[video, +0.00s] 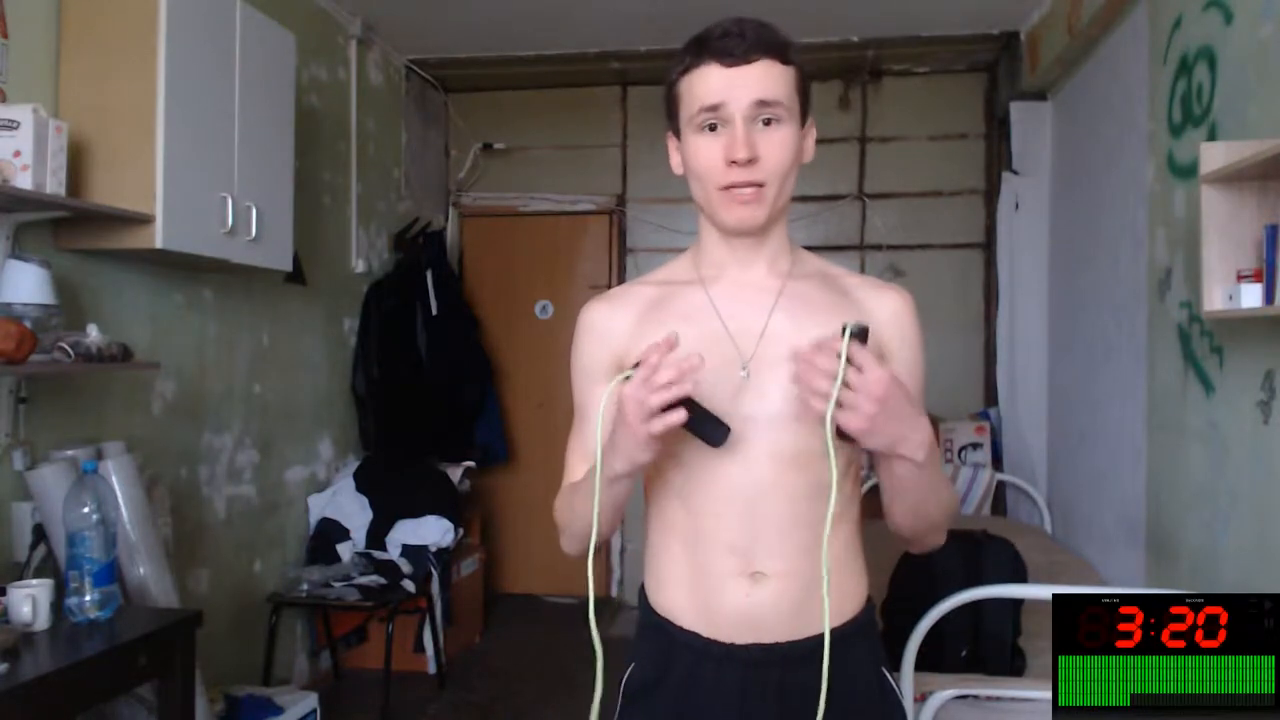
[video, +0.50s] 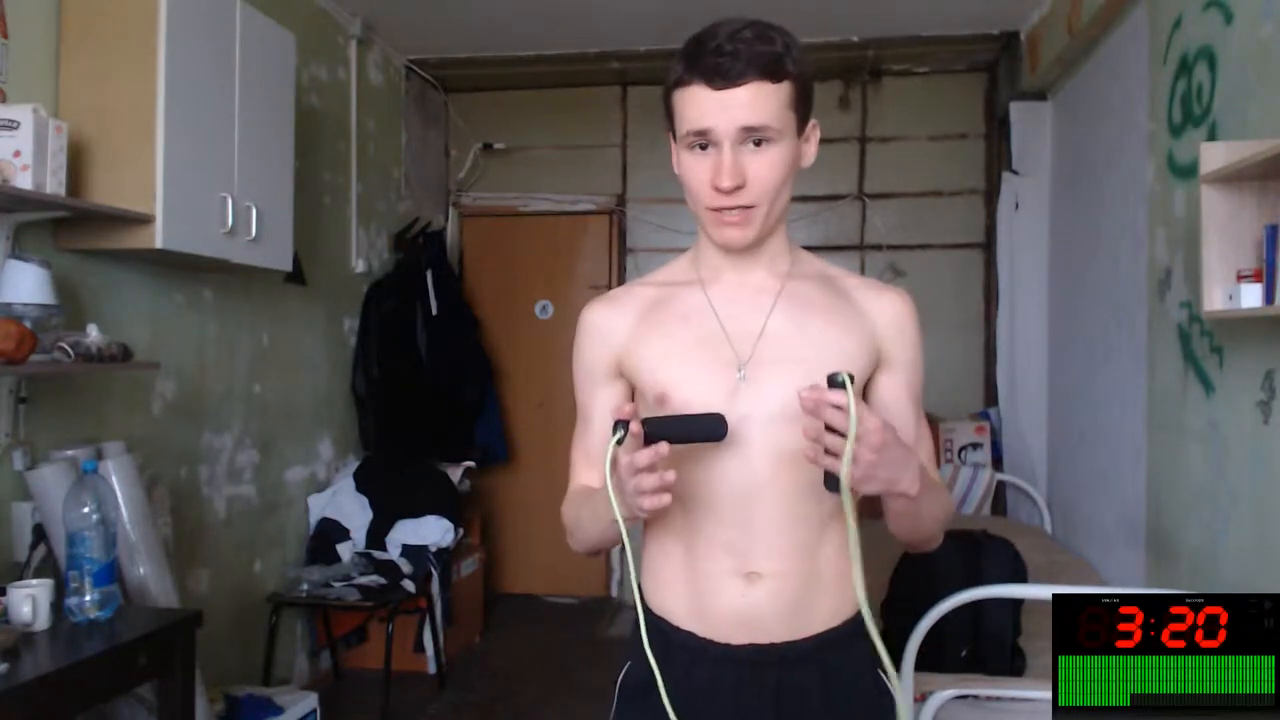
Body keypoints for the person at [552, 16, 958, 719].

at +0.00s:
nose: (740, 150)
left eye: (767, 120)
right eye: (712, 125)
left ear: (806, 143)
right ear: (676, 154)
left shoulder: (879, 312)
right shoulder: (614, 321)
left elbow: (923, 532)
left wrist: (910, 444)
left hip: (836, 672)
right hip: (677, 671)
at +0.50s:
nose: (727, 176)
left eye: (756, 141)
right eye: (701, 145)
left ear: (806, 146)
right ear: (674, 156)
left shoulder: (879, 314)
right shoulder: (614, 323)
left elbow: (925, 532)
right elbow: (579, 529)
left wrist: (904, 477)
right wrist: (615, 500)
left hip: (835, 675)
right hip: (676, 678)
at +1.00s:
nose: (728, 152)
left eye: (753, 121)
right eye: (699, 129)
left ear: (799, 139)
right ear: (670, 159)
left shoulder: (879, 314)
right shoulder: (613, 324)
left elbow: (935, 530)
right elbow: (581, 514)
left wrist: (876, 482)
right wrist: (605, 516)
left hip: (828, 674)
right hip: (672, 672)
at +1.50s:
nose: (713, 144)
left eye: (737, 115)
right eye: (682, 125)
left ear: (779, 140)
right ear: (654, 163)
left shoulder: (870, 310)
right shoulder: (607, 332)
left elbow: (932, 516)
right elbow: (587, 498)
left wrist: (835, 504)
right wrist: (581, 527)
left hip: (825, 677)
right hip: (667, 676)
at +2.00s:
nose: (704, 130)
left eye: (731, 108)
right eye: (677, 115)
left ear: (774, 144)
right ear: (648, 159)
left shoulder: (865, 307)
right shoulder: (604, 332)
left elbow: (924, 514)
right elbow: (577, 521)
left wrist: (798, 499)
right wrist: (638, 543)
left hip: (820, 676)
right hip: (665, 678)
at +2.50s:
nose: (726, 124)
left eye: (755, 108)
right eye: (700, 105)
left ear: (789, 152)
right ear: (662, 147)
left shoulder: (868, 303)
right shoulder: (603, 327)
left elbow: (948, 517)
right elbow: (573, 506)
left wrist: (833, 415)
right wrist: (602, 536)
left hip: (826, 669)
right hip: (671, 670)